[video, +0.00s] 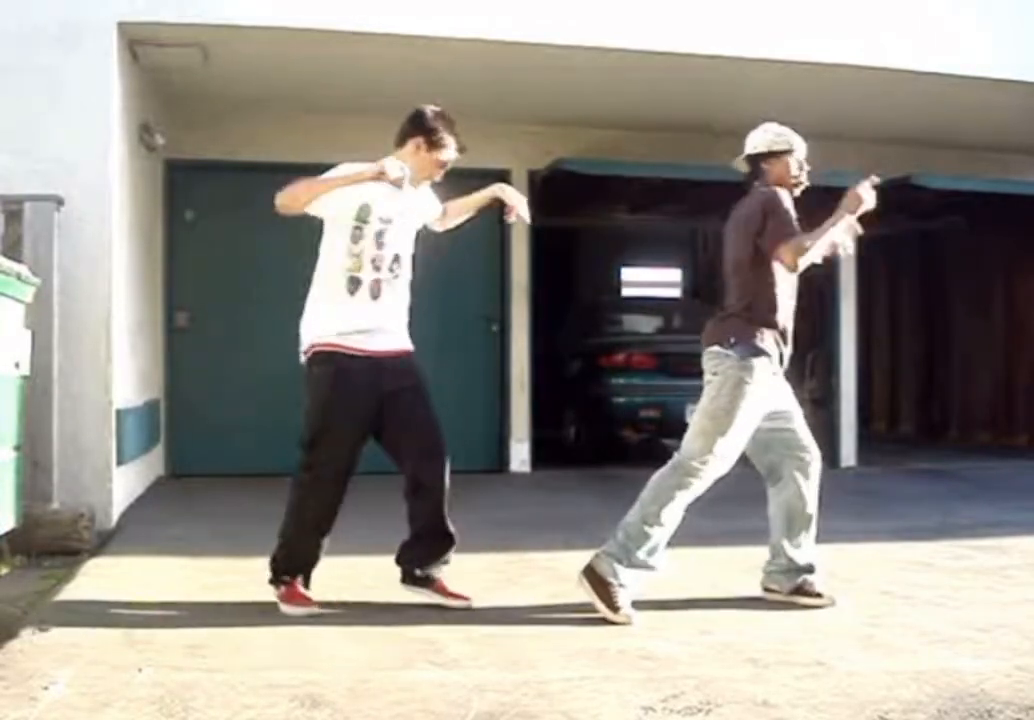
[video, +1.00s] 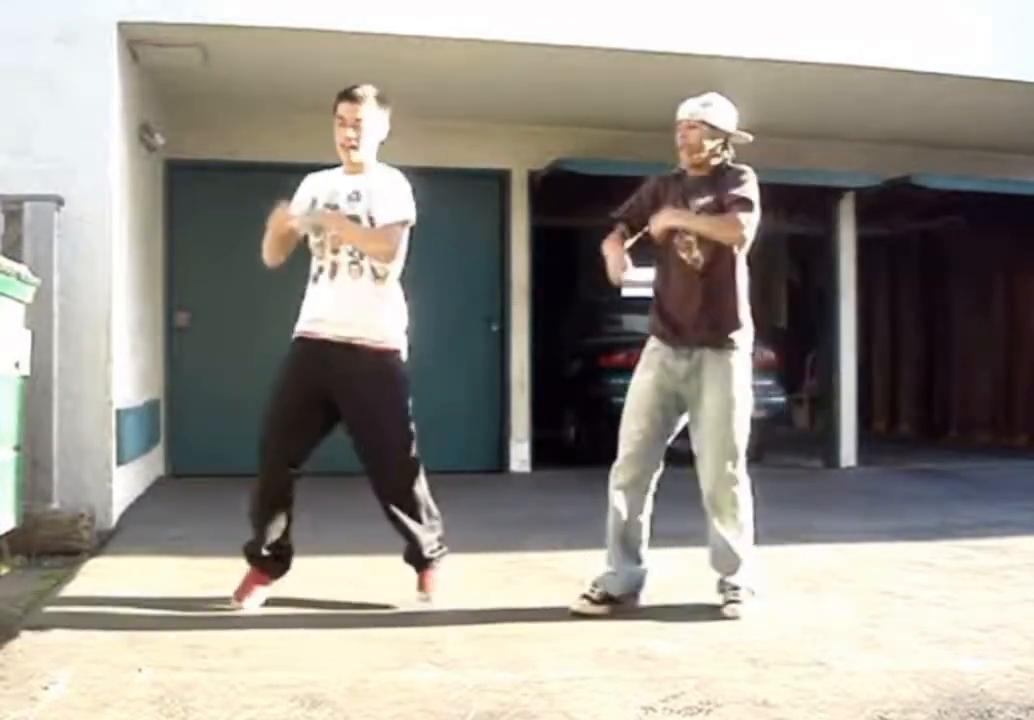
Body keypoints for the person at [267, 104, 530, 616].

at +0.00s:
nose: (443, 171)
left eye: (448, 163)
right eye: (441, 159)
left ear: (425, 151)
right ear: (416, 145)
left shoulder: (420, 197)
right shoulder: (352, 183)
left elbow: (445, 217)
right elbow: (287, 202)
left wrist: (493, 192)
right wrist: (361, 175)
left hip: (394, 350)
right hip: (339, 347)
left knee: (428, 457)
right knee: (327, 465)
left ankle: (423, 565)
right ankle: (290, 574)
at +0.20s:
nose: (457, 198)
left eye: (465, 191)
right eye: (457, 185)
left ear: (446, 175)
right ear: (433, 165)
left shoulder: (427, 217)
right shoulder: (368, 191)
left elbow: (422, 249)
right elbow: (280, 204)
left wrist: (478, 231)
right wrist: (340, 213)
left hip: (370, 345)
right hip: (316, 340)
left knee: (406, 449)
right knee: (309, 457)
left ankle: (408, 555)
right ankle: (274, 568)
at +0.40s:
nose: (450, 249)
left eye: (457, 243)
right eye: (449, 238)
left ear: (440, 226)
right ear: (427, 218)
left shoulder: (432, 262)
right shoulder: (364, 241)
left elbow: (447, 294)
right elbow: (272, 260)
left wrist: (505, 276)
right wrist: (329, 267)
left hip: (370, 378)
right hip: (315, 373)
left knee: (407, 469)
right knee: (304, 473)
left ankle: (397, 572)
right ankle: (257, 575)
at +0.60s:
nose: (453, 241)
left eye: (458, 233)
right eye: (451, 230)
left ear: (430, 218)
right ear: (424, 215)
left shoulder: (426, 263)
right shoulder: (348, 246)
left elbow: (404, 313)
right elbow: (289, 295)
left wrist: (462, 313)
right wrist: (333, 320)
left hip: (381, 377)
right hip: (324, 375)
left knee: (424, 467)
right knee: (306, 471)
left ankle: (432, 569)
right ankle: (271, 573)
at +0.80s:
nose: (406, 219)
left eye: (416, 211)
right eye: (400, 206)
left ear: (424, 214)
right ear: (377, 198)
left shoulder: (420, 266)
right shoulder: (329, 250)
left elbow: (441, 346)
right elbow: (301, 334)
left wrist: (389, 352)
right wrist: (331, 285)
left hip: (391, 396)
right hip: (330, 393)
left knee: (430, 485)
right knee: (310, 484)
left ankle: (427, 574)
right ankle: (272, 580)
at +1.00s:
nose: (349, 134)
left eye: (360, 125)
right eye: (343, 124)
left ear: (381, 130)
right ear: (334, 127)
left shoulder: (391, 186)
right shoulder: (314, 186)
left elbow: (388, 250)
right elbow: (274, 258)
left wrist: (327, 221)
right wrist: (279, 230)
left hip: (375, 351)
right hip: (314, 344)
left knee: (394, 466)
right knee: (277, 453)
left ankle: (427, 556)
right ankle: (266, 562)